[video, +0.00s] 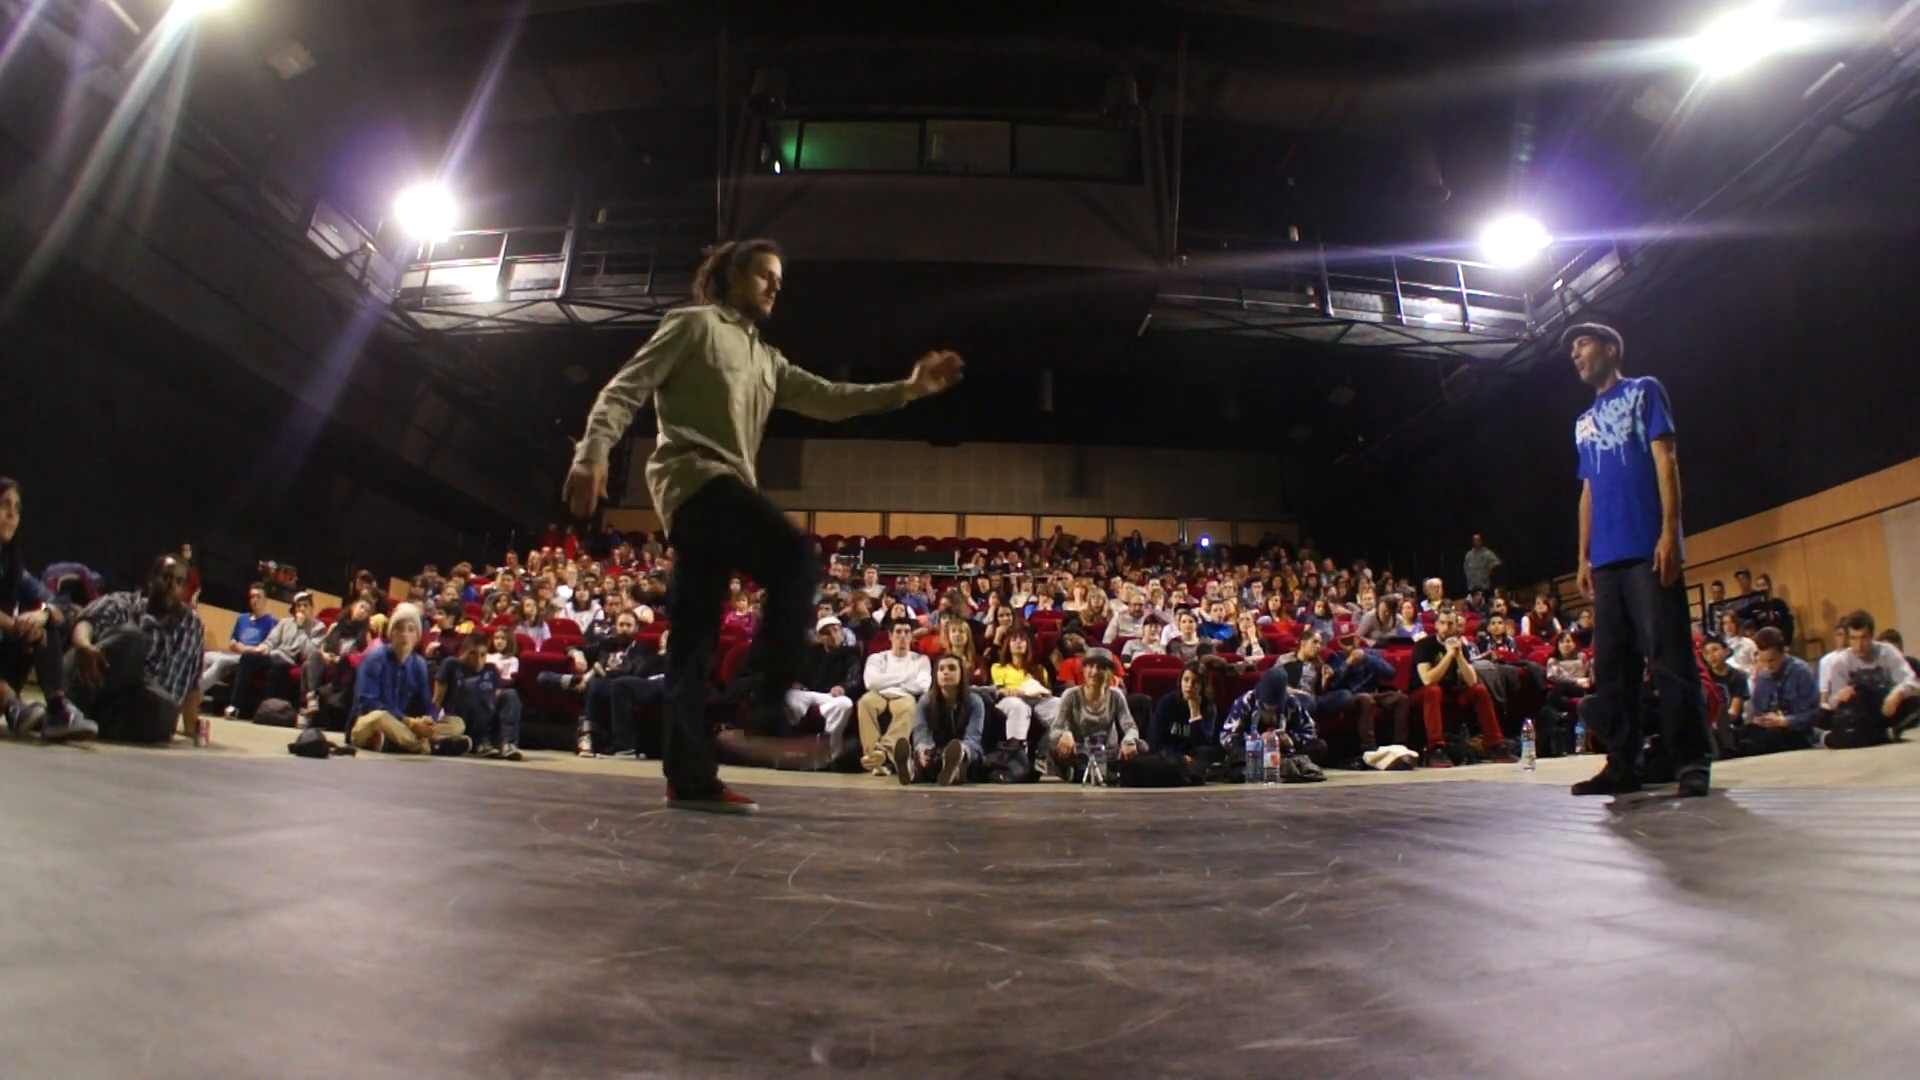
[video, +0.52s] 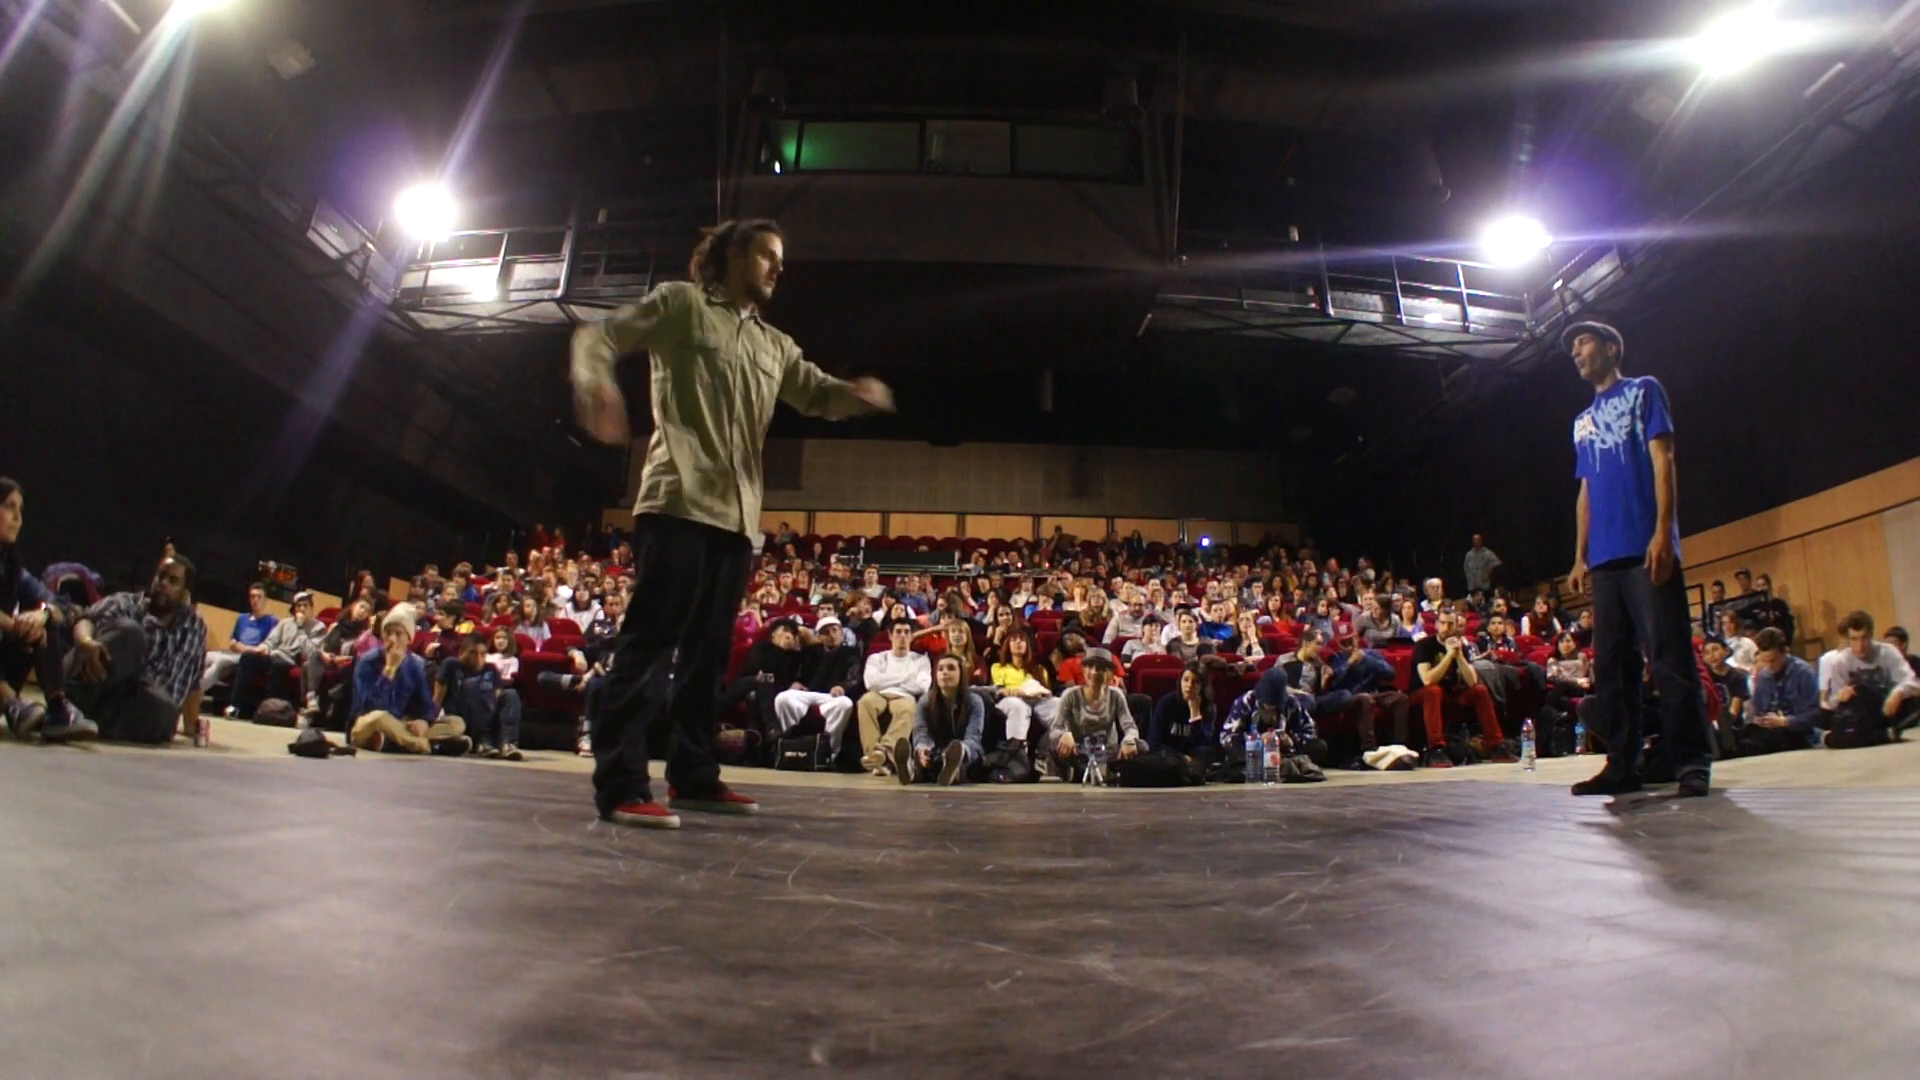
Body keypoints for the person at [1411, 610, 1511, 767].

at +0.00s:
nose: (1445, 628)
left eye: (1450, 624)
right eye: (1442, 623)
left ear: (1456, 627)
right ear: (1436, 624)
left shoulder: (1460, 645)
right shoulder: (1423, 645)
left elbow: (1472, 681)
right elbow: (1427, 679)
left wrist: (1459, 655)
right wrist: (1450, 655)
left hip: (1454, 692)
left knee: (1480, 691)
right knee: (1433, 691)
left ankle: (1497, 745)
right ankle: (1436, 749)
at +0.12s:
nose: (1445, 628)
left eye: (1450, 624)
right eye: (1442, 623)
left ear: (1456, 627)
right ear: (1436, 624)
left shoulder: (1460, 645)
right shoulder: (1423, 645)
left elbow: (1472, 681)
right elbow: (1427, 679)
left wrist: (1459, 655)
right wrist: (1450, 655)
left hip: (1454, 692)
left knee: (1480, 691)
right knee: (1434, 691)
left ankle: (1496, 745)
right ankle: (1436, 748)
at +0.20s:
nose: (1445, 628)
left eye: (1450, 624)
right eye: (1442, 623)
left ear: (1456, 627)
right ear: (1436, 624)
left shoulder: (1460, 645)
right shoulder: (1424, 645)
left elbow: (1472, 681)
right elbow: (1427, 679)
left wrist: (1459, 655)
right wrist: (1450, 655)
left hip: (1454, 692)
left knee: (1480, 691)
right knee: (1434, 691)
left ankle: (1496, 745)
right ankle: (1436, 748)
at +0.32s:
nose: (1445, 628)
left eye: (1450, 624)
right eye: (1442, 623)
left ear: (1456, 626)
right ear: (1436, 624)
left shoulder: (1461, 645)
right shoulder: (1424, 645)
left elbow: (1472, 681)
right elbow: (1427, 679)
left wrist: (1459, 655)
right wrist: (1450, 655)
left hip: (1453, 693)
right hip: (1426, 694)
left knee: (1480, 690)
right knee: (1433, 691)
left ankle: (1497, 746)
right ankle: (1436, 749)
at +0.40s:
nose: (1445, 628)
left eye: (1450, 624)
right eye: (1442, 623)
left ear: (1456, 626)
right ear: (1436, 624)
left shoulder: (1461, 646)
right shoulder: (1424, 645)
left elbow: (1472, 681)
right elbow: (1427, 679)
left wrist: (1459, 655)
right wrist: (1450, 655)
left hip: (1453, 693)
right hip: (1425, 694)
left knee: (1480, 690)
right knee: (1433, 691)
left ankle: (1497, 745)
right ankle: (1437, 749)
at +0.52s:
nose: (1445, 628)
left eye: (1450, 624)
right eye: (1442, 623)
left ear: (1456, 626)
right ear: (1436, 624)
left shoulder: (1461, 646)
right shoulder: (1424, 645)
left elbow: (1472, 681)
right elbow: (1427, 679)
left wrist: (1459, 655)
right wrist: (1450, 655)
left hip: (1454, 693)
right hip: (1426, 694)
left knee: (1480, 690)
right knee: (1433, 691)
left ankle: (1497, 745)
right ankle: (1437, 749)